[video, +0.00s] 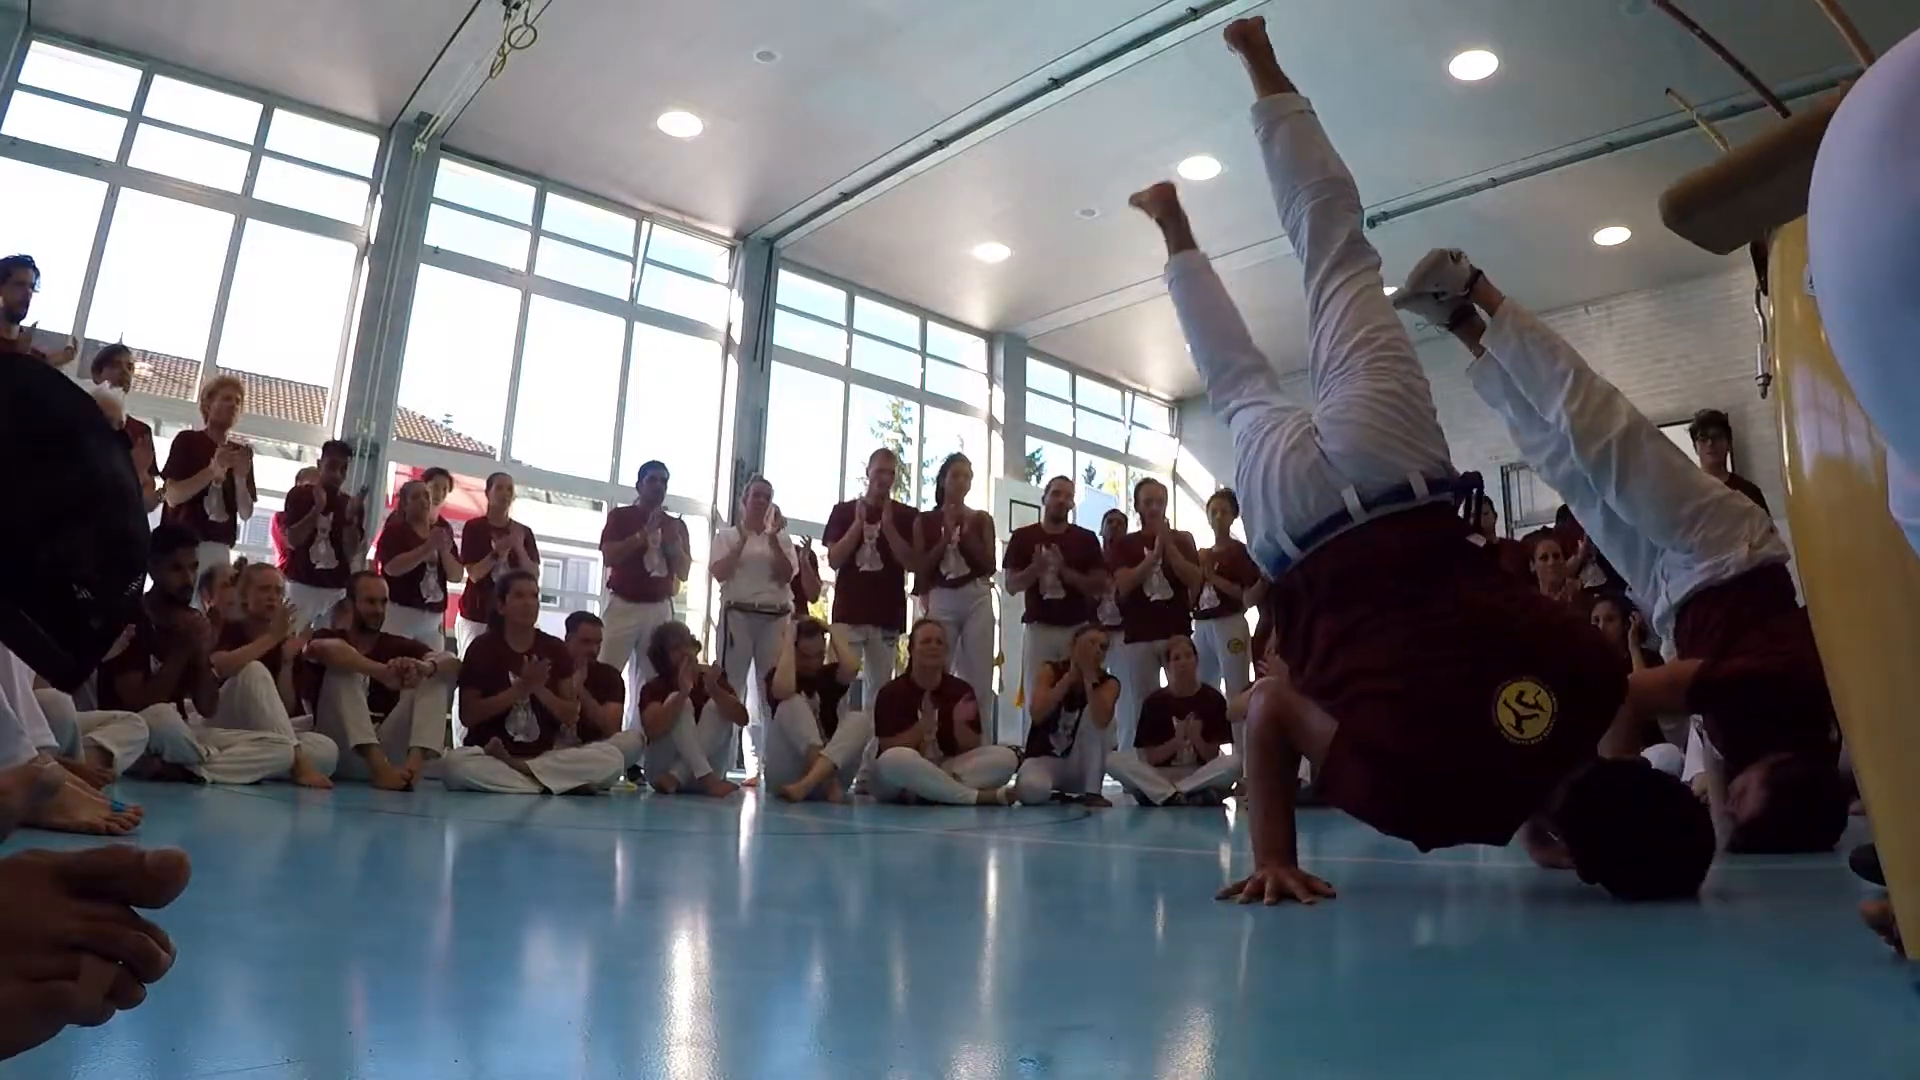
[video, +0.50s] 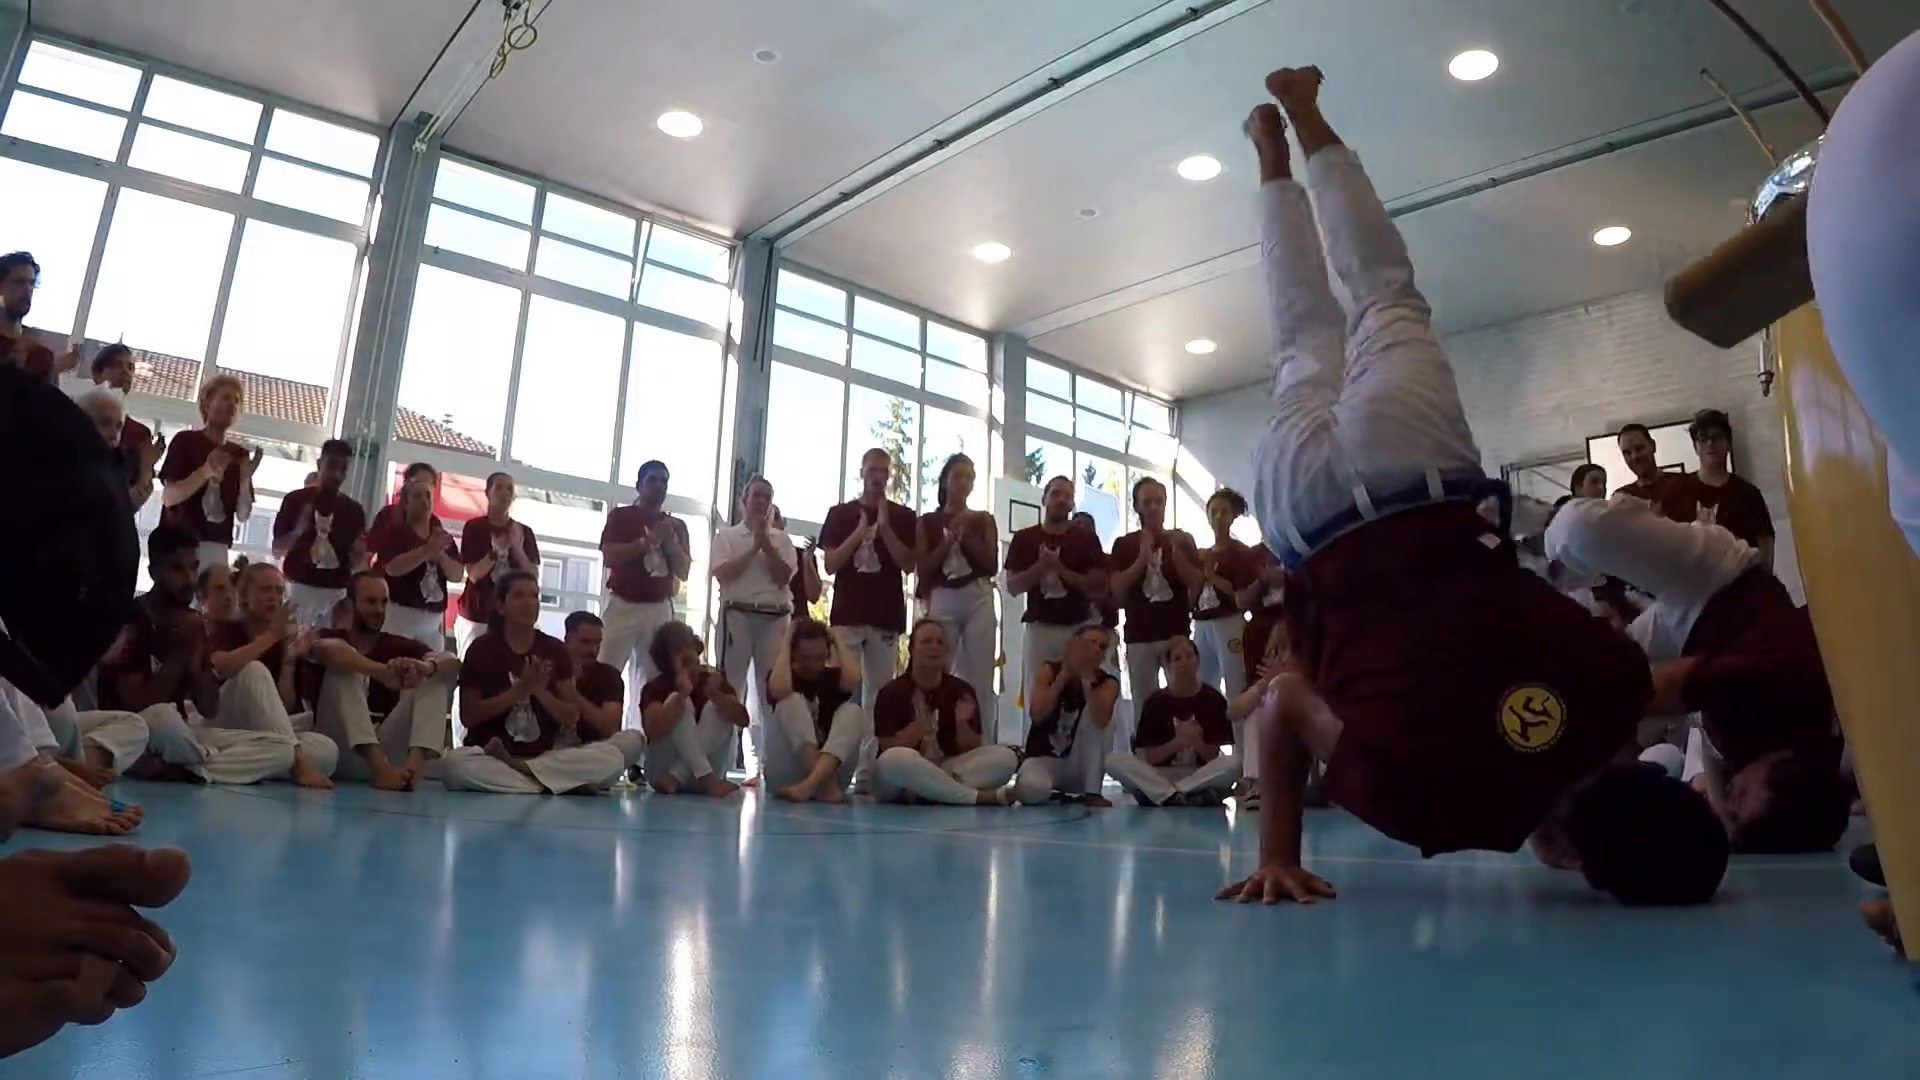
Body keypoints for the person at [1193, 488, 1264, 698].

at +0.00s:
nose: (1218, 517)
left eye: (1224, 511)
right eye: (1213, 512)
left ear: (1234, 515)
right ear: (1207, 516)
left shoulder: (1241, 551)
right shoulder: (1202, 555)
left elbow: (1249, 595)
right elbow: (1192, 599)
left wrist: (1213, 578)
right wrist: (1200, 572)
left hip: (1231, 621)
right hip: (1202, 623)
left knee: (1236, 693)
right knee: (1205, 692)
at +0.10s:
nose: (1218, 517)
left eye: (1224, 511)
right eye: (1213, 511)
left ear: (1234, 515)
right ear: (1207, 515)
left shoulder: (1244, 553)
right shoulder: (1201, 555)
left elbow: (1246, 595)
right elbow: (1191, 599)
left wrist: (1213, 577)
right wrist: (1199, 574)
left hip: (1231, 622)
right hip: (1202, 624)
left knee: (1237, 694)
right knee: (1204, 693)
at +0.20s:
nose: (1218, 517)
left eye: (1224, 511)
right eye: (1213, 512)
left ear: (1234, 516)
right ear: (1207, 516)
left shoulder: (1244, 553)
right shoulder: (1201, 556)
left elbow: (1246, 596)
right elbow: (1191, 600)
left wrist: (1213, 577)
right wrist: (1199, 576)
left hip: (1230, 622)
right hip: (1202, 625)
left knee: (1236, 692)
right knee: (1204, 692)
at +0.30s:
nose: (1218, 517)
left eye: (1224, 511)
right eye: (1213, 512)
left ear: (1234, 515)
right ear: (1207, 516)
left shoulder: (1244, 553)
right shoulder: (1202, 555)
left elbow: (1247, 597)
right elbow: (1191, 600)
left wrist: (1214, 578)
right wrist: (1201, 575)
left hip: (1231, 622)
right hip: (1201, 624)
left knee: (1236, 693)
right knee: (1204, 692)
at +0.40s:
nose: (1218, 517)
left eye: (1224, 512)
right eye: (1213, 512)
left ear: (1234, 516)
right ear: (1207, 516)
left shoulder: (1244, 553)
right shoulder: (1201, 556)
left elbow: (1244, 598)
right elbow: (1190, 600)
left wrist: (1213, 578)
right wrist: (1202, 573)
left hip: (1231, 621)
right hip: (1202, 623)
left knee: (1235, 690)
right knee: (1204, 689)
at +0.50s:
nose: (1218, 517)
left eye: (1224, 512)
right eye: (1213, 512)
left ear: (1234, 516)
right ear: (1207, 516)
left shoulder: (1244, 553)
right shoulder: (1201, 556)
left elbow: (1245, 596)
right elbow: (1191, 600)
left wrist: (1213, 577)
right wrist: (1201, 574)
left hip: (1229, 621)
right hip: (1202, 623)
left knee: (1235, 688)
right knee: (1204, 688)